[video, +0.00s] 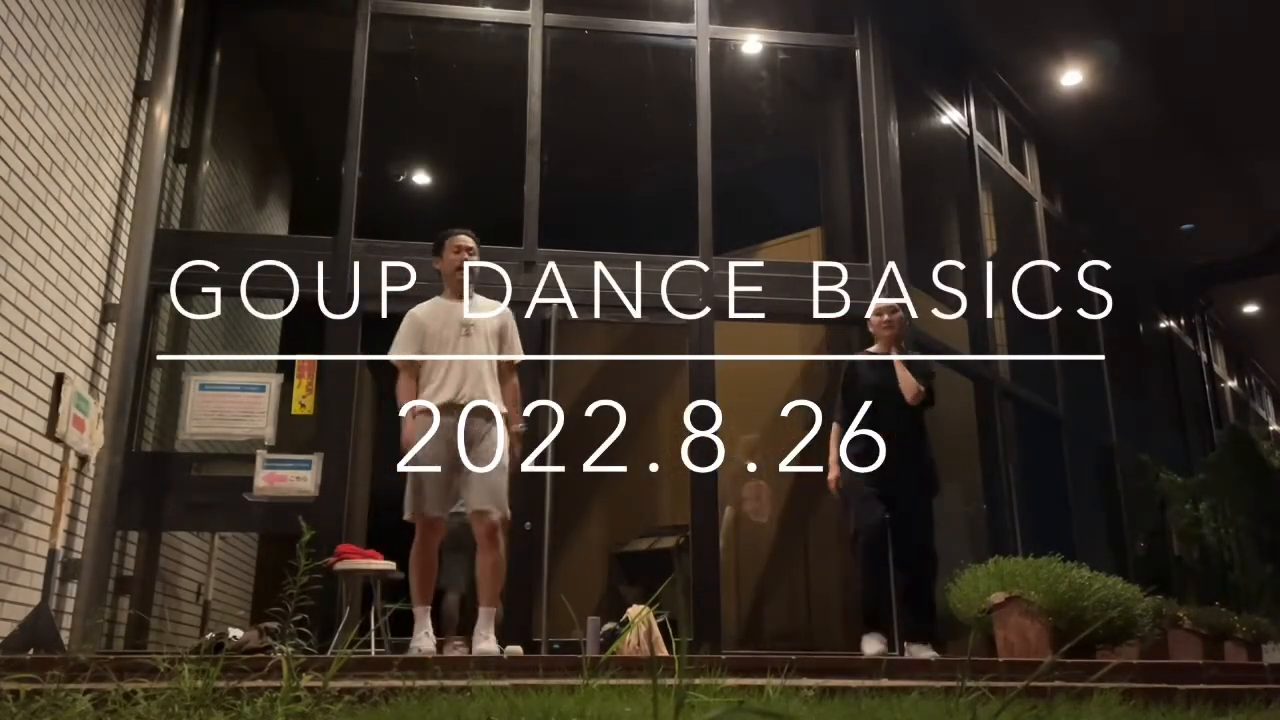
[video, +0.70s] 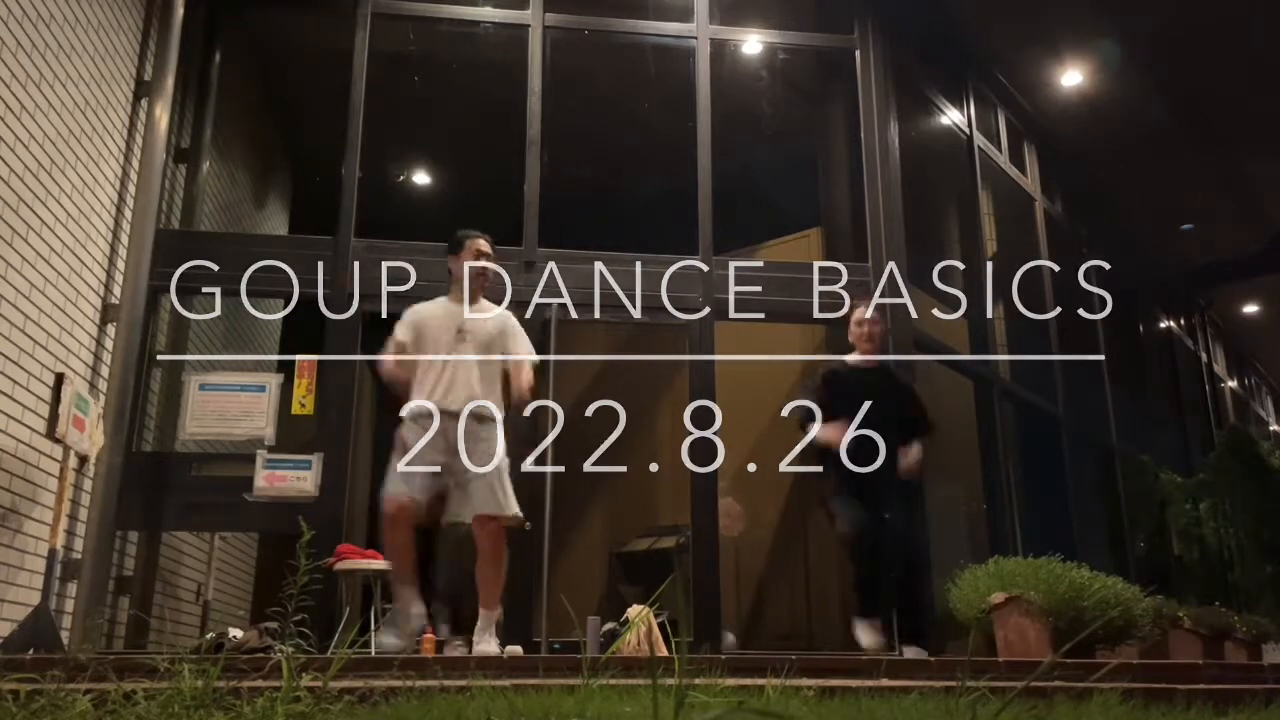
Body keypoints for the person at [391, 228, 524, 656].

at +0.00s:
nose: (466, 258)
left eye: (471, 252)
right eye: (458, 252)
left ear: (478, 262)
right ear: (439, 262)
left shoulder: (498, 314)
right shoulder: (419, 316)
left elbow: (509, 377)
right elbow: (406, 376)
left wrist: (514, 429)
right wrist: (408, 424)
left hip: (488, 429)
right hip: (434, 428)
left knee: (489, 528)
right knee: (429, 528)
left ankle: (485, 630)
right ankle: (422, 629)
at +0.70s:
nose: (484, 265)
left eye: (488, 258)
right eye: (476, 257)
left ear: (493, 267)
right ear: (453, 264)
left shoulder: (504, 321)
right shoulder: (421, 315)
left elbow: (522, 385)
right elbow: (389, 366)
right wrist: (422, 388)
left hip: (480, 430)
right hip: (423, 427)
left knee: (489, 524)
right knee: (396, 509)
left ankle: (487, 630)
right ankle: (409, 614)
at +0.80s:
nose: (473, 251)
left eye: (478, 246)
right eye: (466, 243)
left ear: (480, 255)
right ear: (442, 247)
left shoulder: (488, 304)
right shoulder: (412, 296)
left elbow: (519, 342)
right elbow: (368, 320)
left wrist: (508, 301)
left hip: (466, 414)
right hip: (408, 408)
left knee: (477, 520)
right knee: (372, 500)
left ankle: (484, 629)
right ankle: (357, 611)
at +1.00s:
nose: (450, 249)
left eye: (454, 243)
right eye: (441, 240)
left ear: (456, 249)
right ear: (417, 242)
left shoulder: (458, 297)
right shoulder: (382, 286)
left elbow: (498, 298)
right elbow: (340, 280)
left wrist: (484, 250)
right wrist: (367, 233)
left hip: (436, 406)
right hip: (378, 404)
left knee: (446, 511)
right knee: (347, 510)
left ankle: (442, 623)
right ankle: (321, 620)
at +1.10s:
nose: (436, 254)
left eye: (441, 248)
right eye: (428, 245)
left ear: (442, 254)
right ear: (404, 245)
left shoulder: (446, 300)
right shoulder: (371, 291)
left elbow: (481, 306)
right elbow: (331, 297)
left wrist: (472, 259)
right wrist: (355, 249)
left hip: (423, 416)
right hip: (367, 411)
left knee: (414, 515)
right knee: (338, 513)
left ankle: (394, 621)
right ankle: (319, 619)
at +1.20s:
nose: (419, 269)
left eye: (424, 262)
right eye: (412, 260)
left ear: (428, 267)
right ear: (388, 262)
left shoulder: (437, 314)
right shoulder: (362, 311)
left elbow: (461, 349)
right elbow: (322, 340)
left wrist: (463, 314)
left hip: (412, 428)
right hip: (361, 422)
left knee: (377, 519)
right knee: (333, 523)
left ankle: (354, 620)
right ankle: (316, 623)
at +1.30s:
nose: (409, 288)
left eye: (413, 280)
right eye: (401, 280)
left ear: (417, 284)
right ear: (376, 282)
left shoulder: (431, 335)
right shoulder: (349, 336)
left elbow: (448, 379)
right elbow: (322, 380)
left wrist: (447, 419)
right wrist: (317, 410)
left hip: (409, 447)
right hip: (353, 440)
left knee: (375, 513)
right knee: (329, 526)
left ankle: (358, 621)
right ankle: (315, 628)